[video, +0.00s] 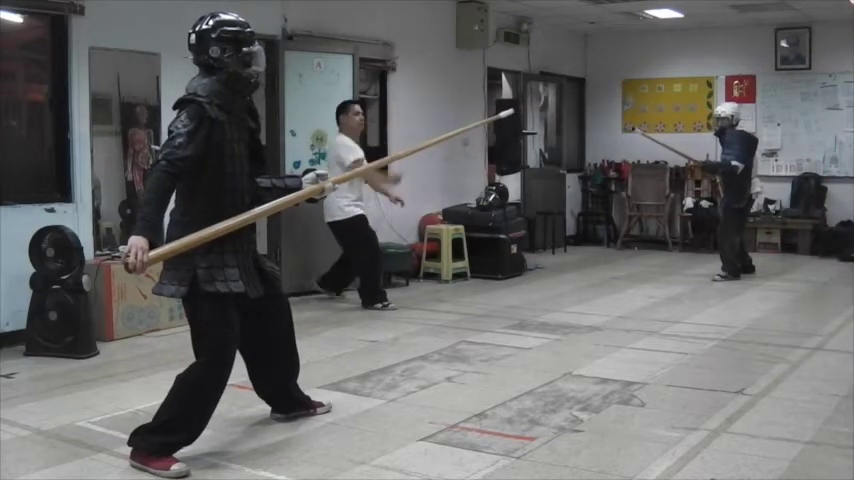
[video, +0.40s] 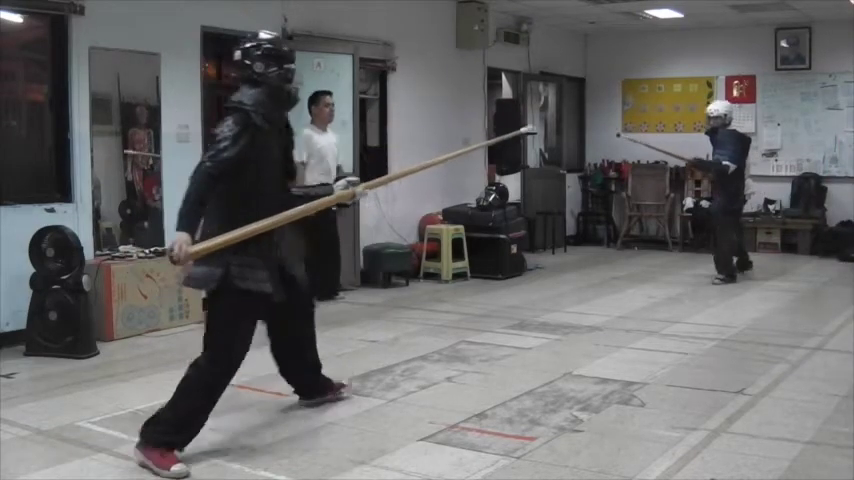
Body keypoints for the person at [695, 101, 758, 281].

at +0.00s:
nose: (718, 123)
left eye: (722, 119)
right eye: (717, 119)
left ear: (732, 120)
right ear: (718, 120)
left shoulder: (737, 137)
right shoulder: (728, 138)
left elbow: (734, 166)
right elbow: (728, 164)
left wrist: (705, 166)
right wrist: (705, 166)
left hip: (737, 193)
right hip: (734, 192)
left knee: (727, 230)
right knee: (732, 229)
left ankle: (731, 270)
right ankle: (744, 263)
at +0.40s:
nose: (711, 122)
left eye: (715, 118)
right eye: (710, 118)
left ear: (726, 119)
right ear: (710, 119)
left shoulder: (731, 138)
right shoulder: (719, 138)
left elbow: (725, 168)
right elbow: (721, 164)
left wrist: (698, 163)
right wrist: (702, 166)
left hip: (728, 194)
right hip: (725, 193)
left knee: (722, 230)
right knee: (731, 227)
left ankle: (727, 273)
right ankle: (743, 260)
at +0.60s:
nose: (703, 120)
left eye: (707, 115)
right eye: (701, 115)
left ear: (718, 116)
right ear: (700, 115)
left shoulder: (724, 134)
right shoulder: (712, 134)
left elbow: (717, 162)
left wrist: (688, 158)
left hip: (727, 194)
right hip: (718, 193)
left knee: (722, 232)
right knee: (714, 230)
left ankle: (727, 273)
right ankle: (717, 265)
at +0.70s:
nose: (698, 119)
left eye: (702, 115)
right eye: (696, 115)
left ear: (713, 115)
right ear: (696, 114)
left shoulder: (719, 133)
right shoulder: (707, 134)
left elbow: (714, 161)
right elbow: (710, 159)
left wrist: (685, 158)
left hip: (723, 193)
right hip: (711, 193)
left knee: (720, 232)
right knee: (702, 229)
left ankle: (727, 273)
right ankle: (703, 270)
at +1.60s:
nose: (672, 135)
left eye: (677, 131)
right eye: (670, 131)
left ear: (688, 131)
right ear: (666, 130)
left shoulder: (694, 149)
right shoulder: (678, 150)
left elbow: (688, 178)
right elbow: (681, 175)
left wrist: (663, 180)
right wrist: (665, 180)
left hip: (701, 206)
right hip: (689, 205)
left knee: (680, 238)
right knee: (675, 236)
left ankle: (690, 285)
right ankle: (695, 275)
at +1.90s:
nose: (676, 128)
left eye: (680, 124)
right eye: (673, 124)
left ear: (691, 124)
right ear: (670, 125)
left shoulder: (696, 144)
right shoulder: (681, 144)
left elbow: (689, 175)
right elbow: (682, 171)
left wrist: (660, 179)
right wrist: (664, 177)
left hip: (697, 200)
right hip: (685, 199)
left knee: (688, 237)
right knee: (677, 236)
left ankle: (692, 283)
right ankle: (688, 275)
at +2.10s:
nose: (676, 125)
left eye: (680, 121)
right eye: (674, 121)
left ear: (690, 122)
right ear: (671, 122)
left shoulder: (696, 141)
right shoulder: (682, 142)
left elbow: (691, 173)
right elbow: (683, 169)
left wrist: (661, 179)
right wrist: (665, 177)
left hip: (695, 197)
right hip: (684, 196)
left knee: (687, 235)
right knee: (677, 235)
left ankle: (693, 282)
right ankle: (686, 274)